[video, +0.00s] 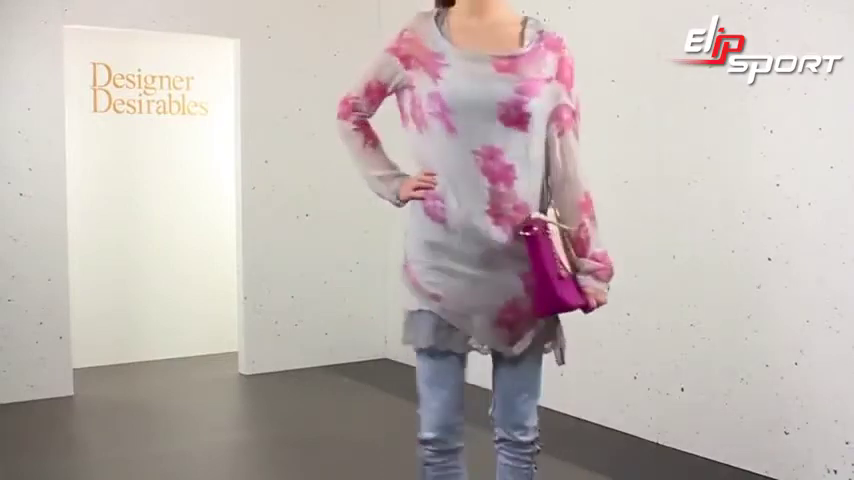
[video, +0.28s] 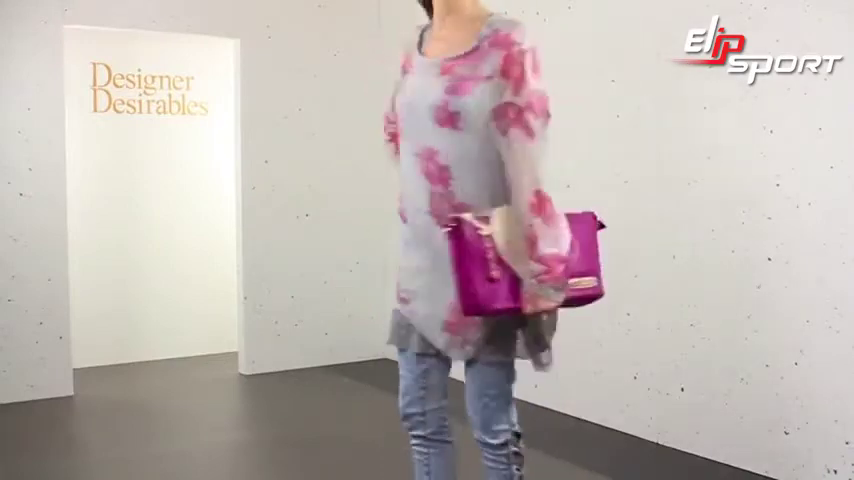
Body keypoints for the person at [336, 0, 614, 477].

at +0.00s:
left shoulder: (547, 48)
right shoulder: (418, 38)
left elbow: (566, 165)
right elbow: (352, 112)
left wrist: (590, 263)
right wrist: (392, 183)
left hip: (522, 261)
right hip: (439, 258)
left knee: (519, 435)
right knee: (437, 435)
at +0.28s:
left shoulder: (506, 45)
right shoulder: (419, 42)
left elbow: (524, 163)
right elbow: (398, 137)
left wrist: (542, 271)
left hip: (487, 266)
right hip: (420, 264)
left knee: (493, 427)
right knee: (421, 419)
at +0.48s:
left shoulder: (461, 54)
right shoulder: (430, 52)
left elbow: (471, 178)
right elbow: (422, 179)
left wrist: (463, 285)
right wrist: (405, 281)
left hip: (454, 289)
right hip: (418, 285)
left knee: (468, 426)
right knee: (424, 420)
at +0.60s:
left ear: (408, 0)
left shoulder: (431, 59)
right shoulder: (452, 52)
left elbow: (425, 183)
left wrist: (405, 288)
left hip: (433, 281)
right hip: (438, 276)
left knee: (442, 422)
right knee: (420, 415)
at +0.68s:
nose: (390, 1)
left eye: (391, 1)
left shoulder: (410, 60)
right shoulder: (467, 45)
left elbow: (393, 182)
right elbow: (502, 130)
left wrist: (367, 283)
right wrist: (466, 203)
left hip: (420, 266)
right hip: (460, 262)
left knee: (404, 419)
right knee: (436, 408)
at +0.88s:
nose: (370, 9)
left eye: (368, 4)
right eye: (366, 4)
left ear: (380, 0)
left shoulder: (379, 49)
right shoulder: (468, 54)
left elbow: (359, 168)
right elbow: (501, 162)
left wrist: (326, 267)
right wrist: (463, 235)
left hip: (389, 253)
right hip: (456, 258)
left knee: (351, 394)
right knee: (435, 408)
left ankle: (376, 474)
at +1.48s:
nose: (318, 12)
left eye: (320, 4)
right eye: (319, 4)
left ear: (330, 11)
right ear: (372, 10)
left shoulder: (310, 73)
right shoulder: (408, 75)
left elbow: (289, 172)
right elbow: (420, 176)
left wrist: (260, 248)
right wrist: (424, 259)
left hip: (326, 242)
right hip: (389, 242)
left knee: (329, 375)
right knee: (368, 369)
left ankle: (341, 475)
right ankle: (386, 474)